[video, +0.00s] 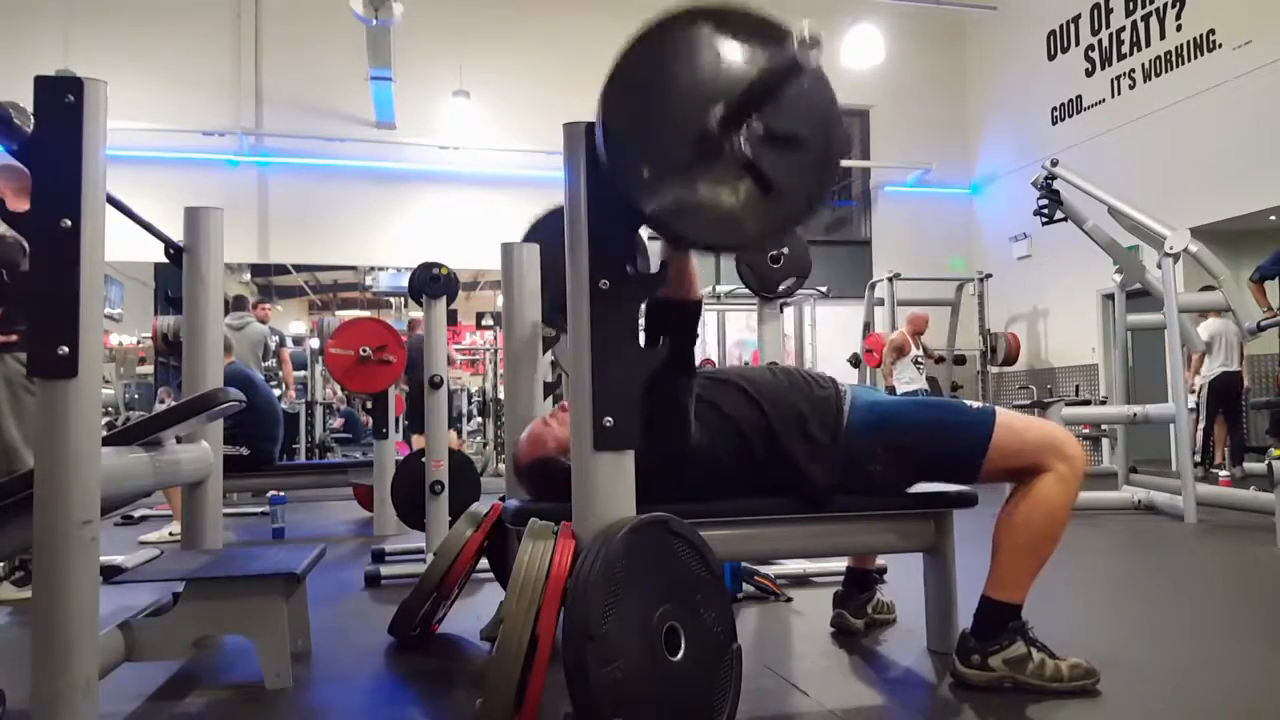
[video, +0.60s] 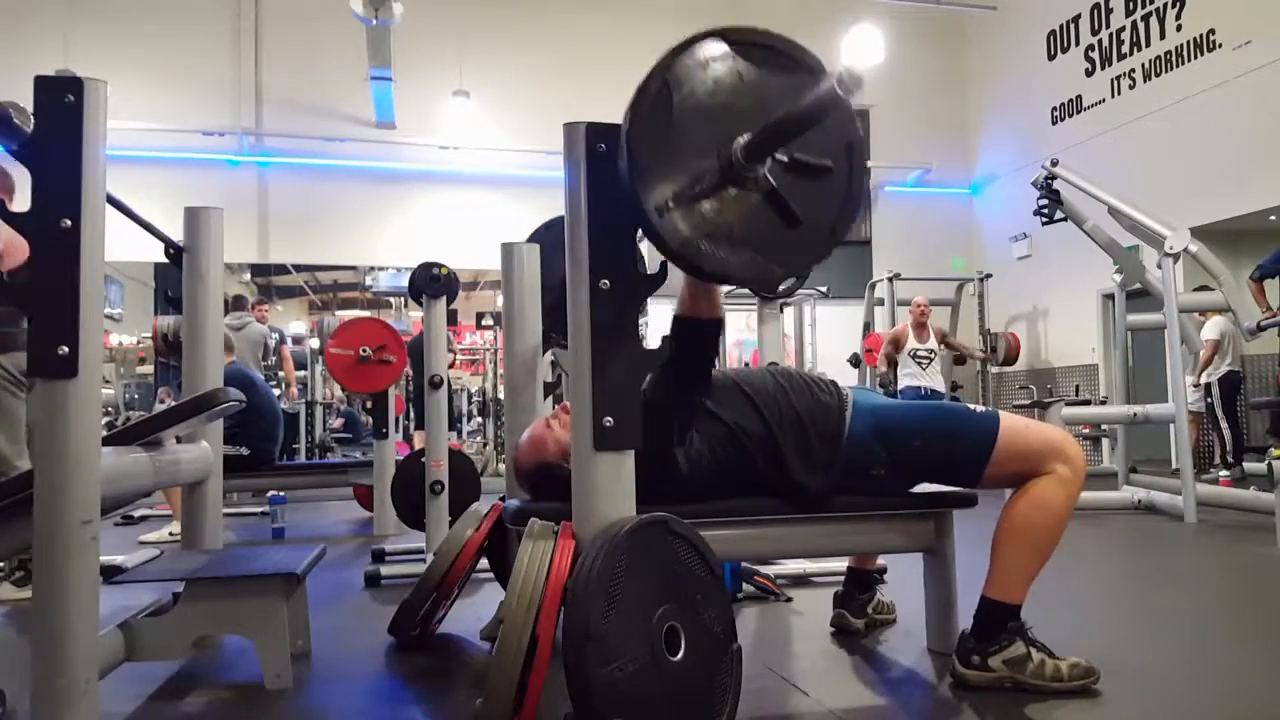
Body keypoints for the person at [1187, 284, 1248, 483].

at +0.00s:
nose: (1196, 310)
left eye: (1198, 306)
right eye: (1197, 306)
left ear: (1202, 308)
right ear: (1220, 306)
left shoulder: (1205, 327)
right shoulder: (1234, 326)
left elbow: (1198, 355)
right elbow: (1241, 354)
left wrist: (1191, 377)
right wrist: (1242, 375)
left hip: (1214, 378)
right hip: (1235, 376)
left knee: (1206, 422)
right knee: (1235, 423)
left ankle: (1201, 462)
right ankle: (1237, 464)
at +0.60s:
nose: (1196, 312)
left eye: (1196, 307)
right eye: (1195, 308)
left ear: (1203, 306)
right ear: (1213, 303)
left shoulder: (1213, 324)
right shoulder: (1229, 323)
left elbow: (1210, 351)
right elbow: (1237, 352)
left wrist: (1197, 375)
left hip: (1218, 376)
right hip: (1233, 374)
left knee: (1221, 421)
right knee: (1231, 420)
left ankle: (1230, 464)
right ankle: (1235, 462)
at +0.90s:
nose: (1187, 313)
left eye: (1187, 308)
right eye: (1185, 309)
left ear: (1194, 306)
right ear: (1202, 303)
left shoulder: (1205, 323)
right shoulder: (1216, 321)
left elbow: (1202, 351)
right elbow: (1213, 353)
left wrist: (1190, 374)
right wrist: (1197, 373)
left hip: (1214, 376)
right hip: (1224, 373)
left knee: (1216, 420)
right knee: (1217, 420)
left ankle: (1227, 463)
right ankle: (1224, 461)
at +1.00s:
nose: (1186, 313)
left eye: (1186, 309)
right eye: (1185, 309)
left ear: (1193, 307)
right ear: (1201, 305)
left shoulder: (1203, 323)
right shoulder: (1214, 321)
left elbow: (1200, 351)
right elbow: (1213, 353)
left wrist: (1189, 374)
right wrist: (1198, 376)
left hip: (1212, 375)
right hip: (1223, 373)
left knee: (1216, 420)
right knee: (1217, 420)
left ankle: (1226, 462)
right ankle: (1221, 460)